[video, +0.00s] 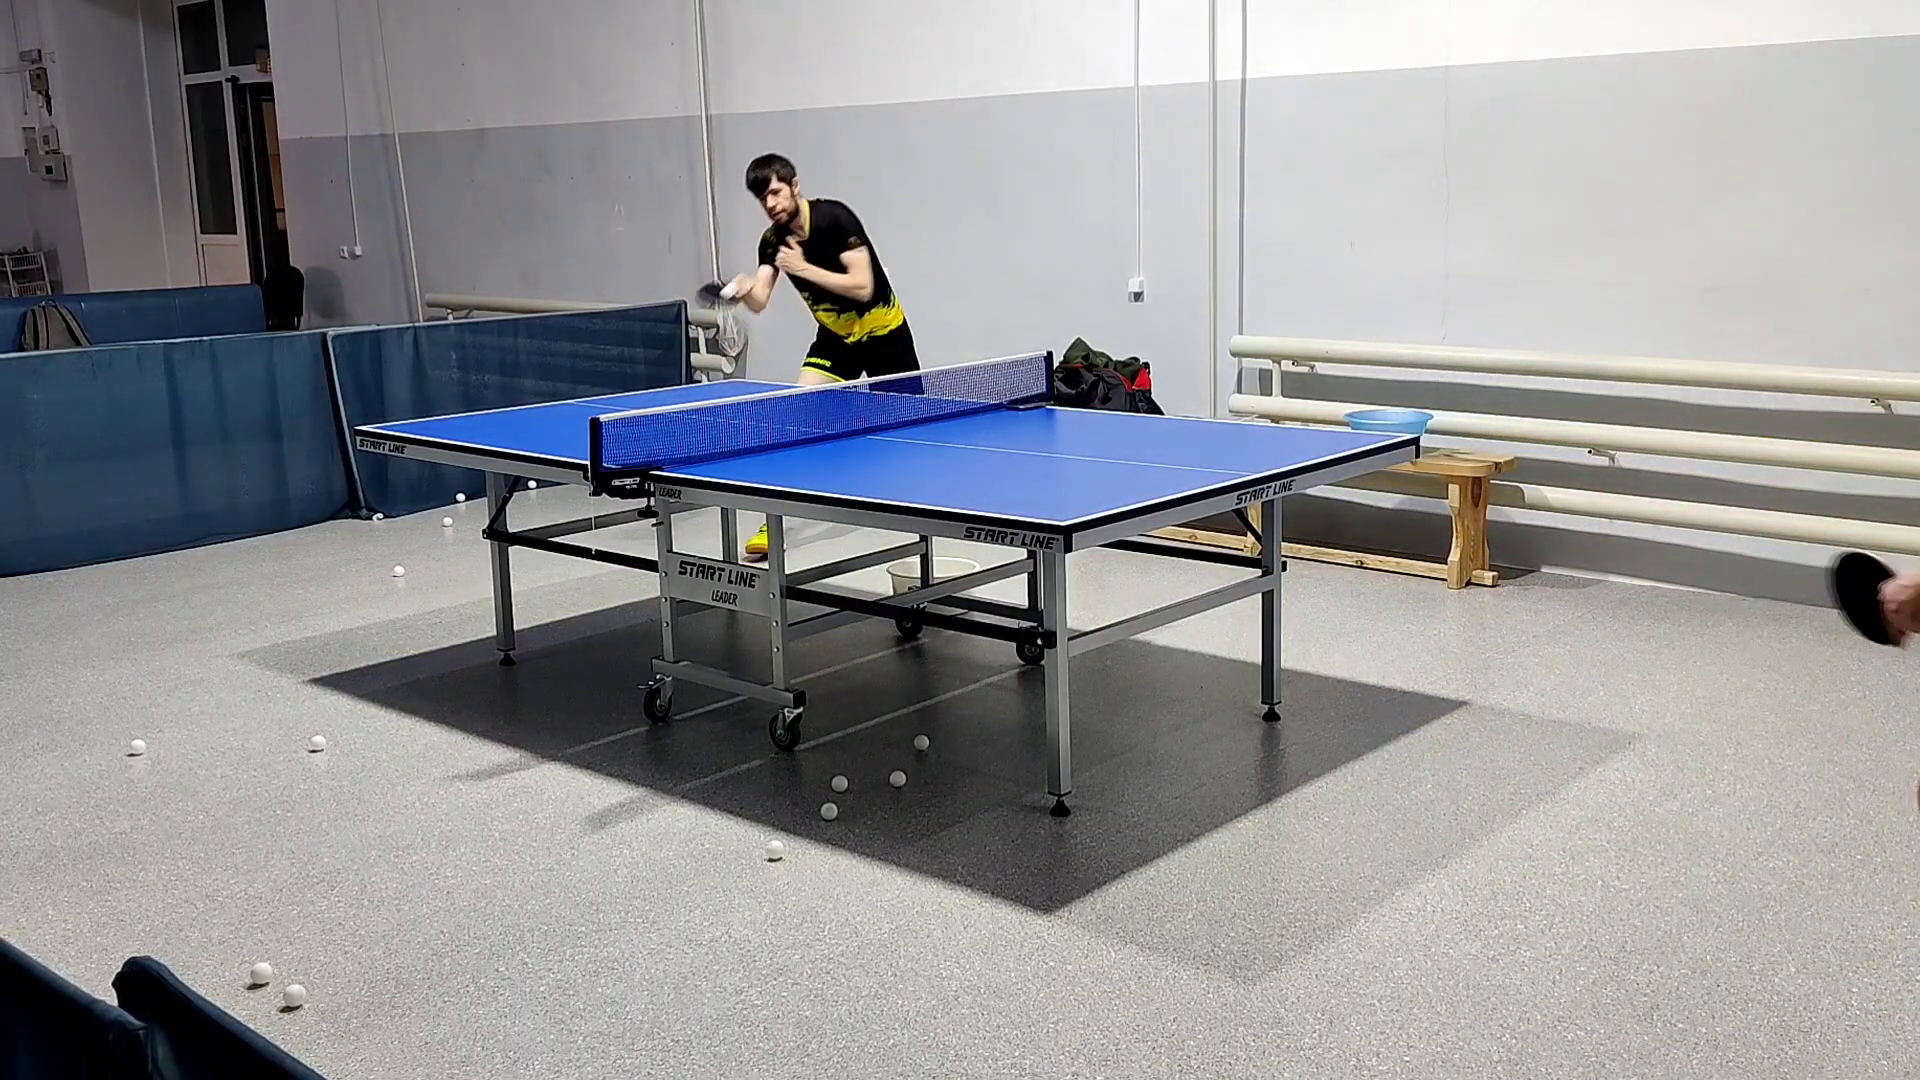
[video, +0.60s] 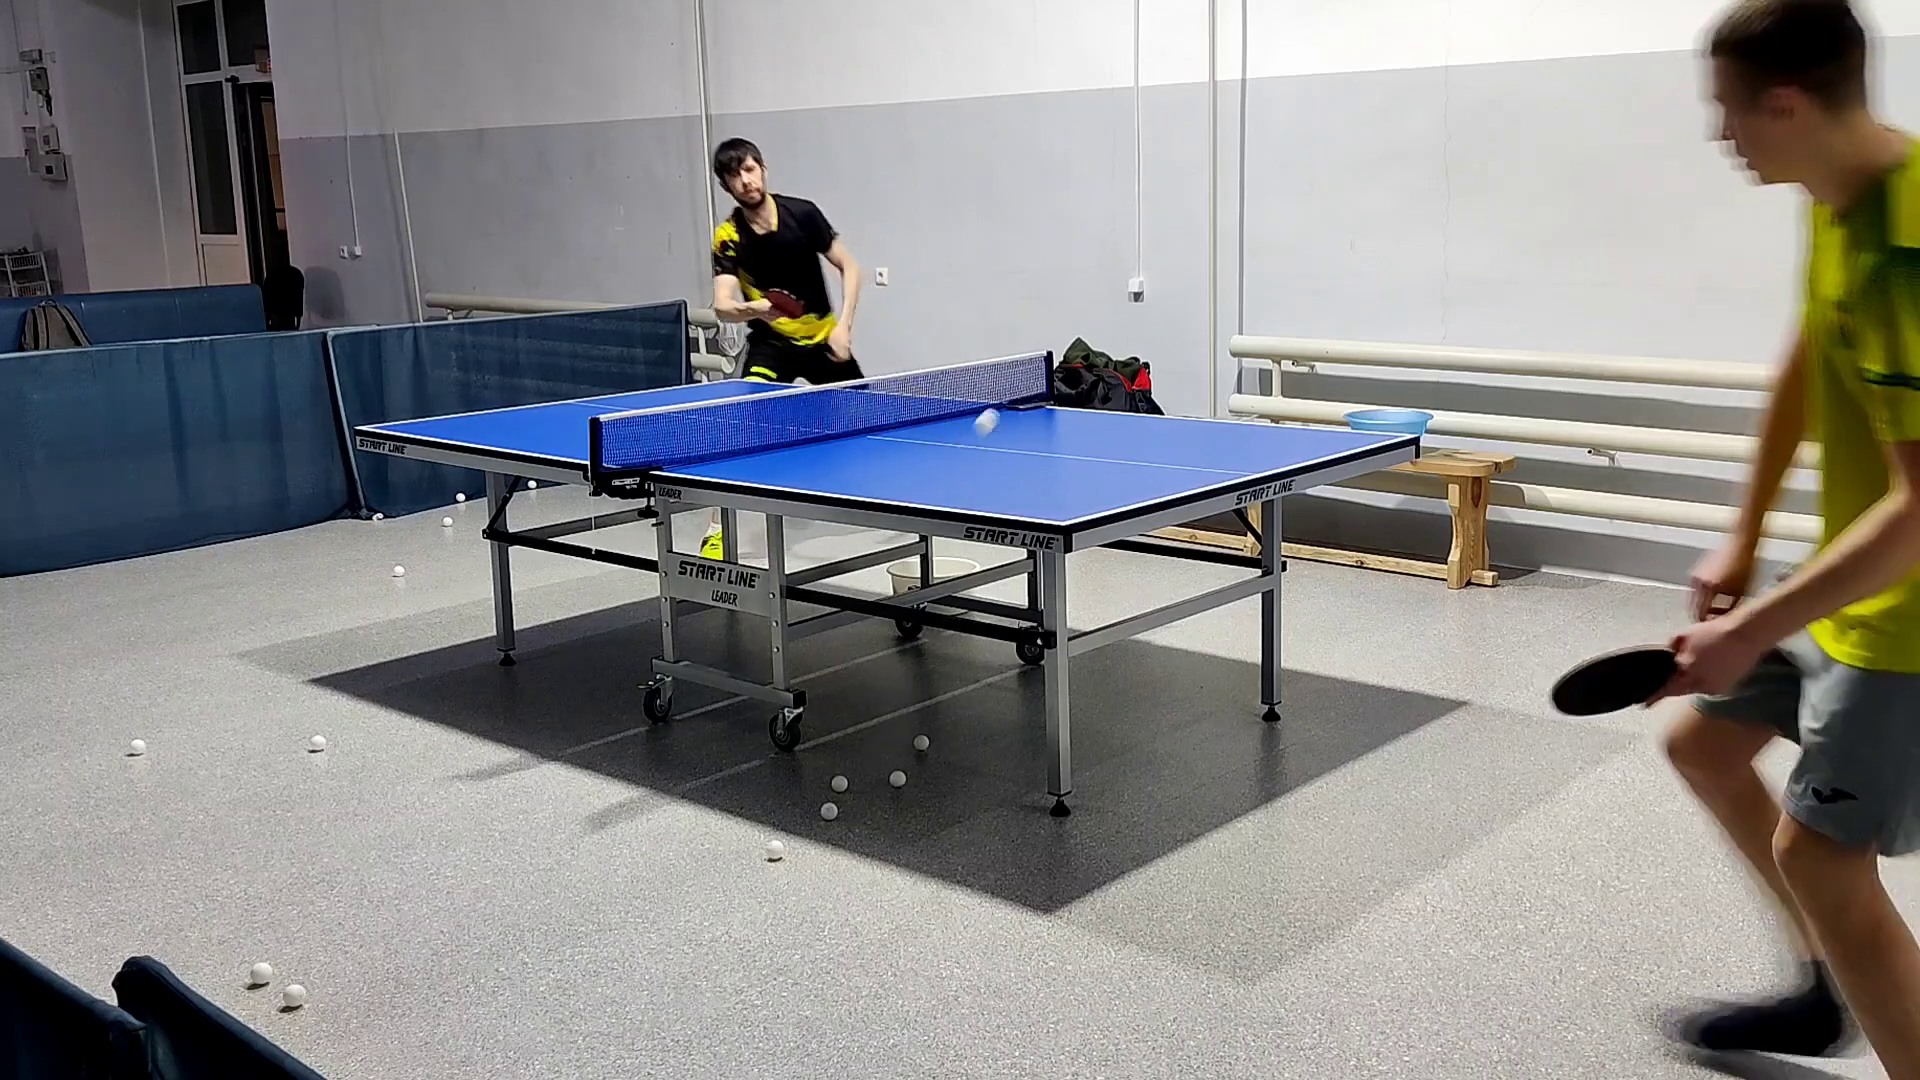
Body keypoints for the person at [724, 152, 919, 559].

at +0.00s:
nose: (771, 203)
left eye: (777, 192)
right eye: (763, 197)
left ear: (795, 186)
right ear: (758, 201)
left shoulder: (834, 217)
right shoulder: (772, 241)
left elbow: (864, 288)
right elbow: (758, 304)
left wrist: (802, 269)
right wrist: (744, 289)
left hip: (884, 335)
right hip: (834, 338)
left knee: (910, 426)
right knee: (797, 418)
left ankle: (929, 519)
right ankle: (773, 525)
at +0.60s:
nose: (746, 181)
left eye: (749, 169)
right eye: (735, 176)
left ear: (763, 169)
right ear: (726, 186)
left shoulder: (802, 213)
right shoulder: (729, 236)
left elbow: (850, 267)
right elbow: (723, 305)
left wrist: (844, 325)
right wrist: (754, 310)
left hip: (822, 339)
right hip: (771, 344)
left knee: (868, 420)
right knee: (740, 422)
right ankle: (718, 528)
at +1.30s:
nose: (737, 175)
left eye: (742, 163)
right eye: (727, 169)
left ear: (754, 162)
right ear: (715, 176)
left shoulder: (789, 208)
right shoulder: (710, 227)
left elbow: (852, 252)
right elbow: (696, 300)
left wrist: (828, 291)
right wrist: (721, 299)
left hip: (795, 344)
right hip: (744, 347)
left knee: (853, 419)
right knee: (735, 438)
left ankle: (864, 509)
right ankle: (696, 538)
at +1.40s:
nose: (730, 185)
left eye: (735, 173)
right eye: (720, 179)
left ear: (749, 170)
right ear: (711, 186)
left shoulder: (790, 210)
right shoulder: (714, 236)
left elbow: (829, 267)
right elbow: (703, 304)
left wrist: (773, 283)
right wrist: (708, 319)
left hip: (813, 343)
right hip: (759, 349)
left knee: (865, 417)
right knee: (729, 434)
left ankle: (886, 506)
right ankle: (705, 537)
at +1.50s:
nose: (723, 206)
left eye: (728, 194)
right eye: (713, 199)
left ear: (743, 189)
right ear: (706, 204)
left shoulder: (780, 223)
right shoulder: (719, 256)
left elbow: (788, 281)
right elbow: (714, 322)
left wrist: (717, 284)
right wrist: (712, 360)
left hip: (832, 338)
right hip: (784, 344)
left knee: (877, 410)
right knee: (754, 410)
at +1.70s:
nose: (725, 267)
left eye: (731, 255)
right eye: (718, 259)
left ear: (750, 249)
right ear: (714, 262)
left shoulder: (779, 275)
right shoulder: (751, 300)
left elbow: (755, 331)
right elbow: (760, 362)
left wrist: (699, 326)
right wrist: (757, 408)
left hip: (868, 370)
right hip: (821, 373)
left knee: (897, 457)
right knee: (760, 426)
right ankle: (759, 529)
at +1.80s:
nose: (742, 267)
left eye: (749, 257)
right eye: (736, 261)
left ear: (771, 253)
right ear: (731, 265)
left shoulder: (801, 282)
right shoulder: (768, 306)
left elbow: (826, 345)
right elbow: (788, 362)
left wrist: (754, 347)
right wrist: (769, 408)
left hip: (878, 373)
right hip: (831, 378)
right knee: (776, 433)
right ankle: (759, 528)